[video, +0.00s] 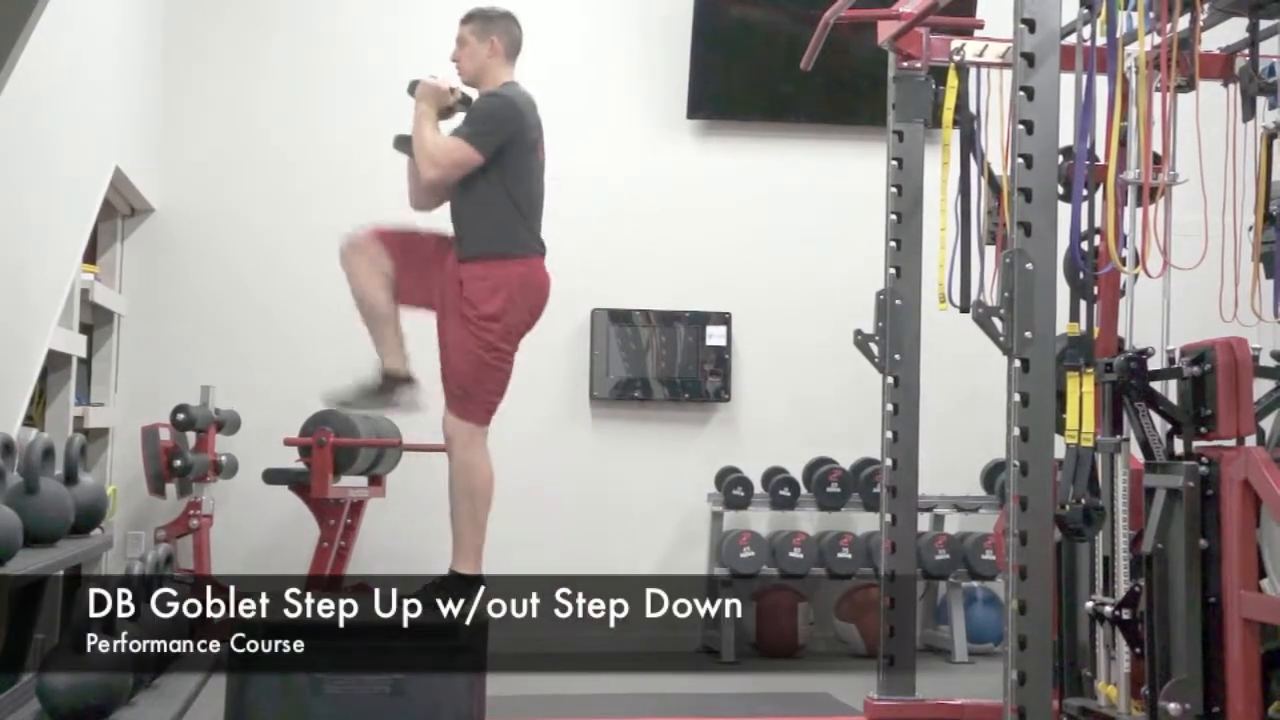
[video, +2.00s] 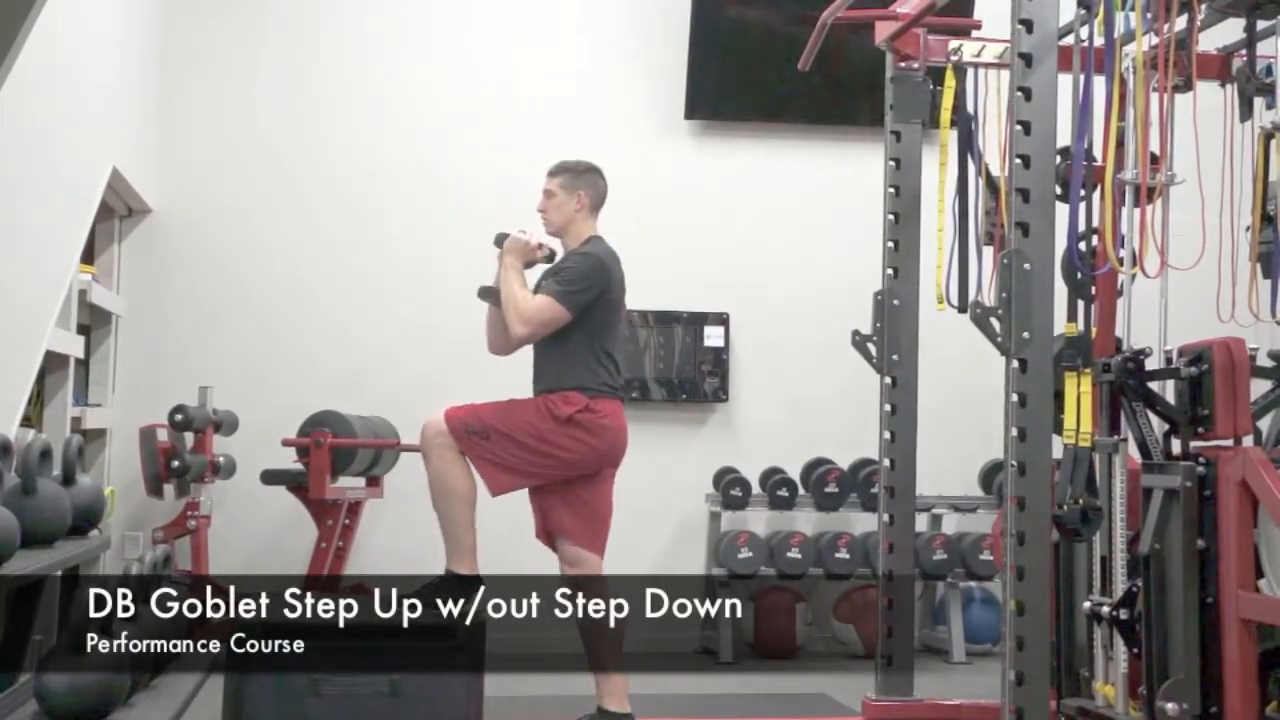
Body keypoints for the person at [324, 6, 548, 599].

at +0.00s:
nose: (453, 54)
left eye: (462, 43)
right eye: (455, 44)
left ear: (495, 46)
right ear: (495, 47)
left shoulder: (507, 105)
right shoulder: (488, 111)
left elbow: (434, 169)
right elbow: (422, 197)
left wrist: (425, 106)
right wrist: (427, 125)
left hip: (499, 280)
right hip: (466, 266)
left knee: (464, 432)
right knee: (363, 250)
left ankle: (465, 582)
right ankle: (395, 375)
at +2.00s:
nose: (540, 204)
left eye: (550, 195)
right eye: (542, 194)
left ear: (581, 201)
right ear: (574, 203)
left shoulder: (595, 261)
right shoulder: (569, 267)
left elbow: (525, 323)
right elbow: (502, 342)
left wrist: (510, 262)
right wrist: (506, 275)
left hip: (580, 416)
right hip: (585, 420)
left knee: (440, 434)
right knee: (581, 562)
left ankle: (462, 578)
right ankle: (615, 707)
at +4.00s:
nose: (534, 218)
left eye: (542, 208)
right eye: (535, 208)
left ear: (574, 213)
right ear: (569, 214)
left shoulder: (590, 271)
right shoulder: (564, 277)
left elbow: (526, 337)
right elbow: (500, 353)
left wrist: (513, 276)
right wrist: (506, 285)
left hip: (589, 420)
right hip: (597, 432)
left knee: (452, 429)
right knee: (553, 571)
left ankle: (462, 577)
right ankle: (612, 705)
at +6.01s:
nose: (442, 62)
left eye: (450, 49)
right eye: (444, 50)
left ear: (480, 49)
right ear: (482, 52)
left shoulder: (493, 108)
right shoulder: (481, 109)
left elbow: (421, 177)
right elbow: (444, 187)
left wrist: (419, 115)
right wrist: (424, 141)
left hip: (491, 280)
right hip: (457, 261)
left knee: (453, 432)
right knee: (362, 210)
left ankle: (461, 579)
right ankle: (351, 347)